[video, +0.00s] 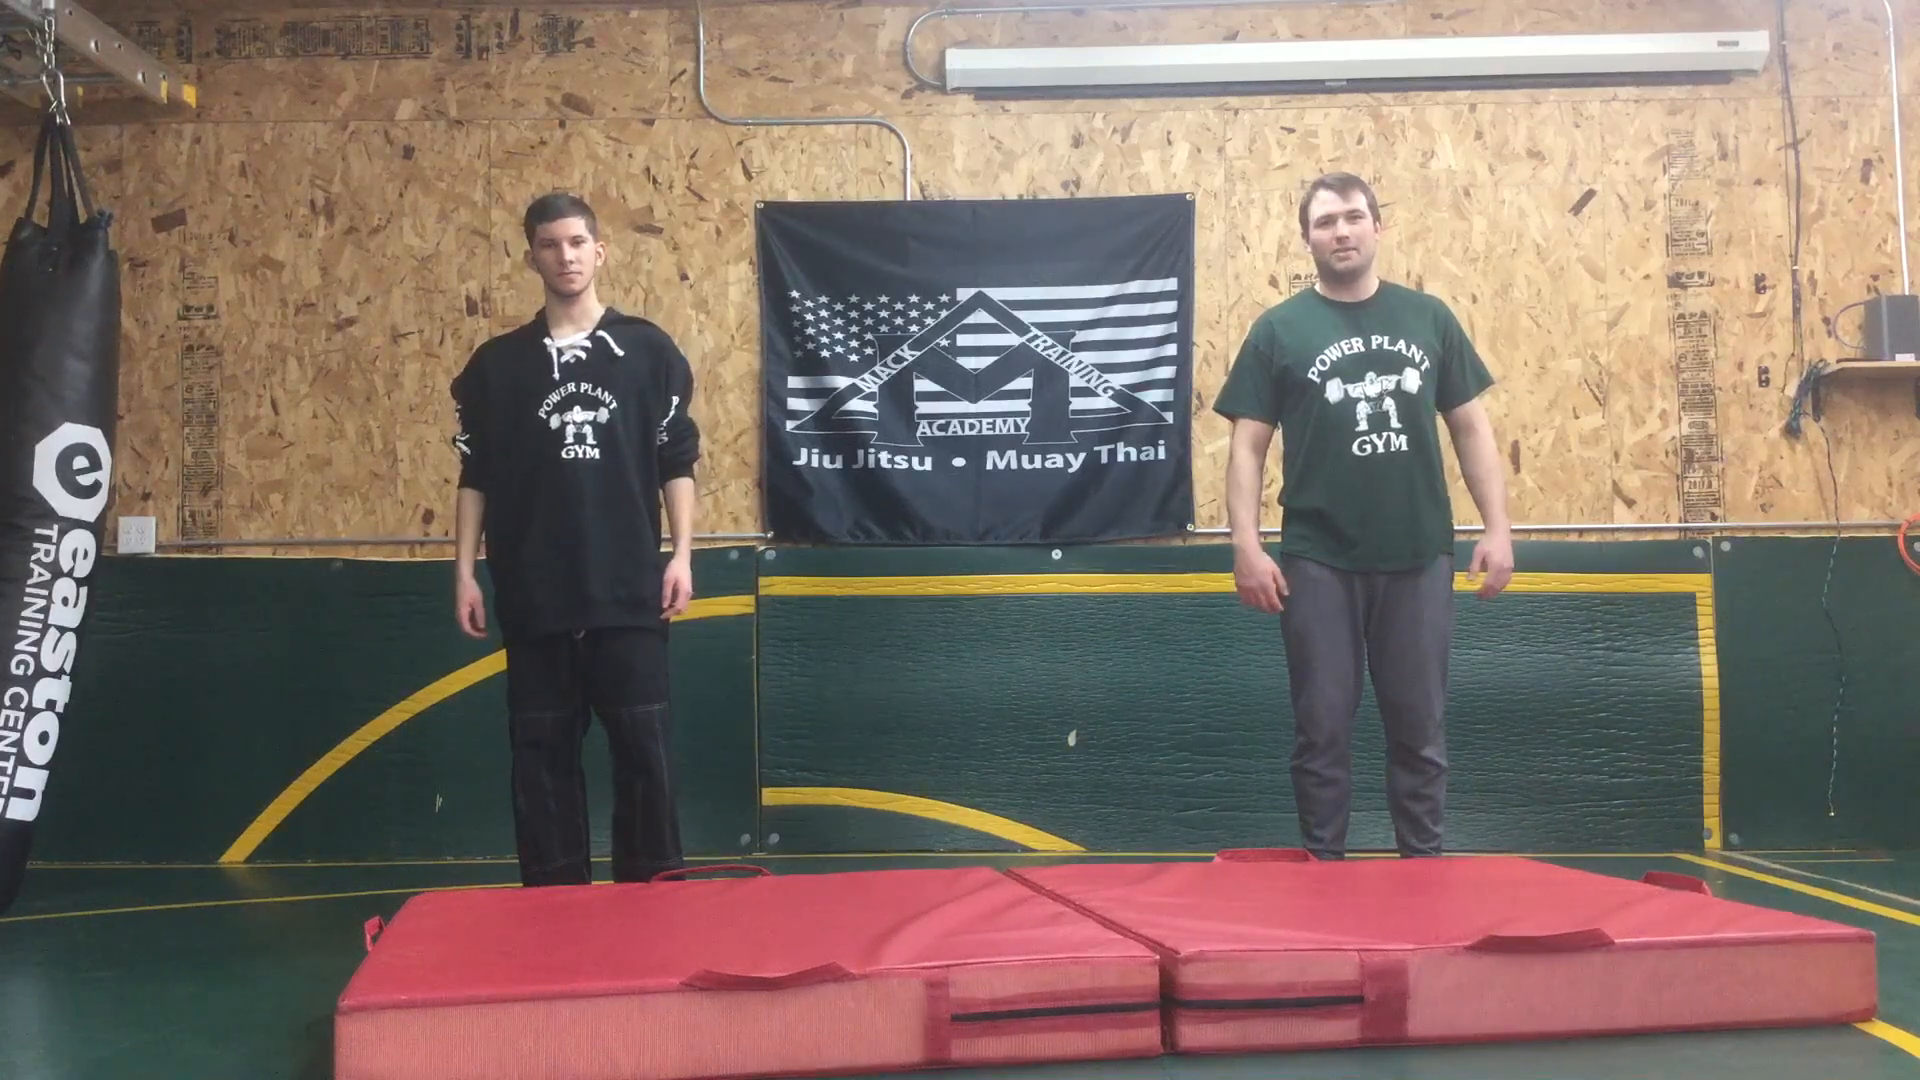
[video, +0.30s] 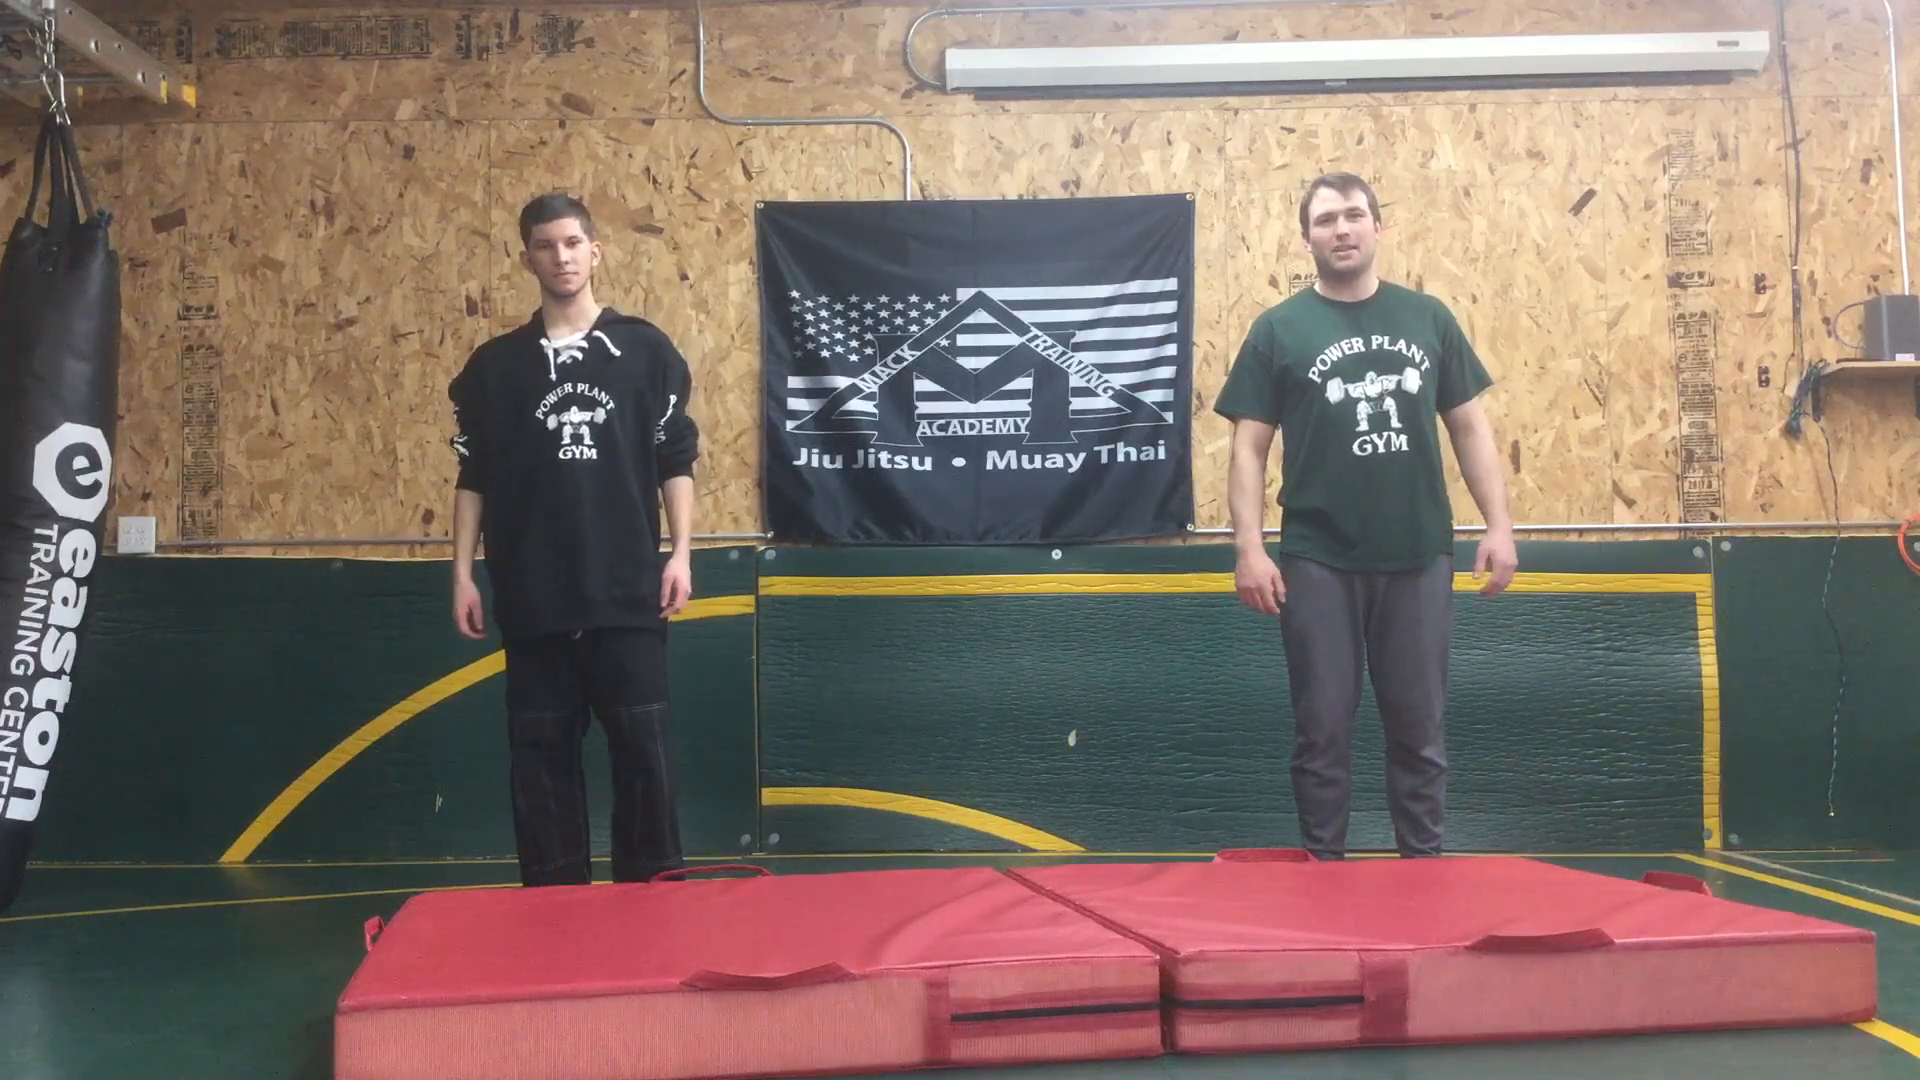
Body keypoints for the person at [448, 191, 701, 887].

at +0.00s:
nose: (566, 256)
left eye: (576, 242)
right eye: (550, 246)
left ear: (598, 250)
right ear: (533, 259)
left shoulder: (648, 349)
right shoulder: (494, 363)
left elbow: (677, 459)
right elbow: (475, 474)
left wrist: (682, 551)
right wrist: (465, 570)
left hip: (628, 584)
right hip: (532, 590)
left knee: (644, 755)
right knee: (543, 762)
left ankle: (653, 904)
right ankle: (554, 910)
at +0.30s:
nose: (561, 257)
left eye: (572, 242)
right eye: (545, 246)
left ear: (594, 250)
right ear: (528, 260)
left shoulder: (644, 348)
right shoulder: (493, 364)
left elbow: (675, 457)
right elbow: (472, 476)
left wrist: (681, 552)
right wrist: (463, 572)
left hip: (626, 584)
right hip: (530, 590)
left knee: (643, 753)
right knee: (542, 761)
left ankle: (653, 902)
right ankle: (554, 908)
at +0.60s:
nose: (559, 257)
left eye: (570, 242)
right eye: (543, 247)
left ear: (592, 250)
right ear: (526, 260)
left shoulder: (643, 349)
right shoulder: (489, 365)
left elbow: (673, 459)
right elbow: (469, 474)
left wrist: (679, 552)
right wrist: (456, 567)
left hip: (625, 584)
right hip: (530, 591)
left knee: (642, 753)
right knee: (541, 761)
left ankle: (651, 904)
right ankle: (553, 911)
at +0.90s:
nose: (557, 257)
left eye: (568, 242)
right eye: (542, 246)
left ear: (591, 250)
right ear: (525, 259)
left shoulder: (642, 348)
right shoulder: (489, 364)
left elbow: (674, 459)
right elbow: (469, 476)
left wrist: (679, 551)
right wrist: (461, 572)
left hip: (625, 585)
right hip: (529, 592)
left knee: (643, 755)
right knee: (542, 763)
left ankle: (652, 905)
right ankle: (553, 912)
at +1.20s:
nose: (557, 257)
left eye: (568, 242)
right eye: (541, 246)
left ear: (591, 250)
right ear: (524, 260)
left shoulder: (642, 346)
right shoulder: (489, 365)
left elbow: (674, 457)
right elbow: (470, 476)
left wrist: (678, 552)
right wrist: (459, 572)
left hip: (625, 584)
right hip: (530, 591)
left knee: (643, 755)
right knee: (542, 763)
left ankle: (652, 906)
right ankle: (553, 913)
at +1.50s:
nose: (557, 257)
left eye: (568, 242)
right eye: (542, 247)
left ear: (591, 250)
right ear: (525, 260)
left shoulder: (642, 347)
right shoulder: (489, 364)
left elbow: (674, 457)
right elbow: (471, 476)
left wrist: (678, 552)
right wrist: (460, 569)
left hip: (625, 582)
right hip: (530, 589)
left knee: (642, 750)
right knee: (542, 759)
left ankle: (652, 901)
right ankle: (553, 908)